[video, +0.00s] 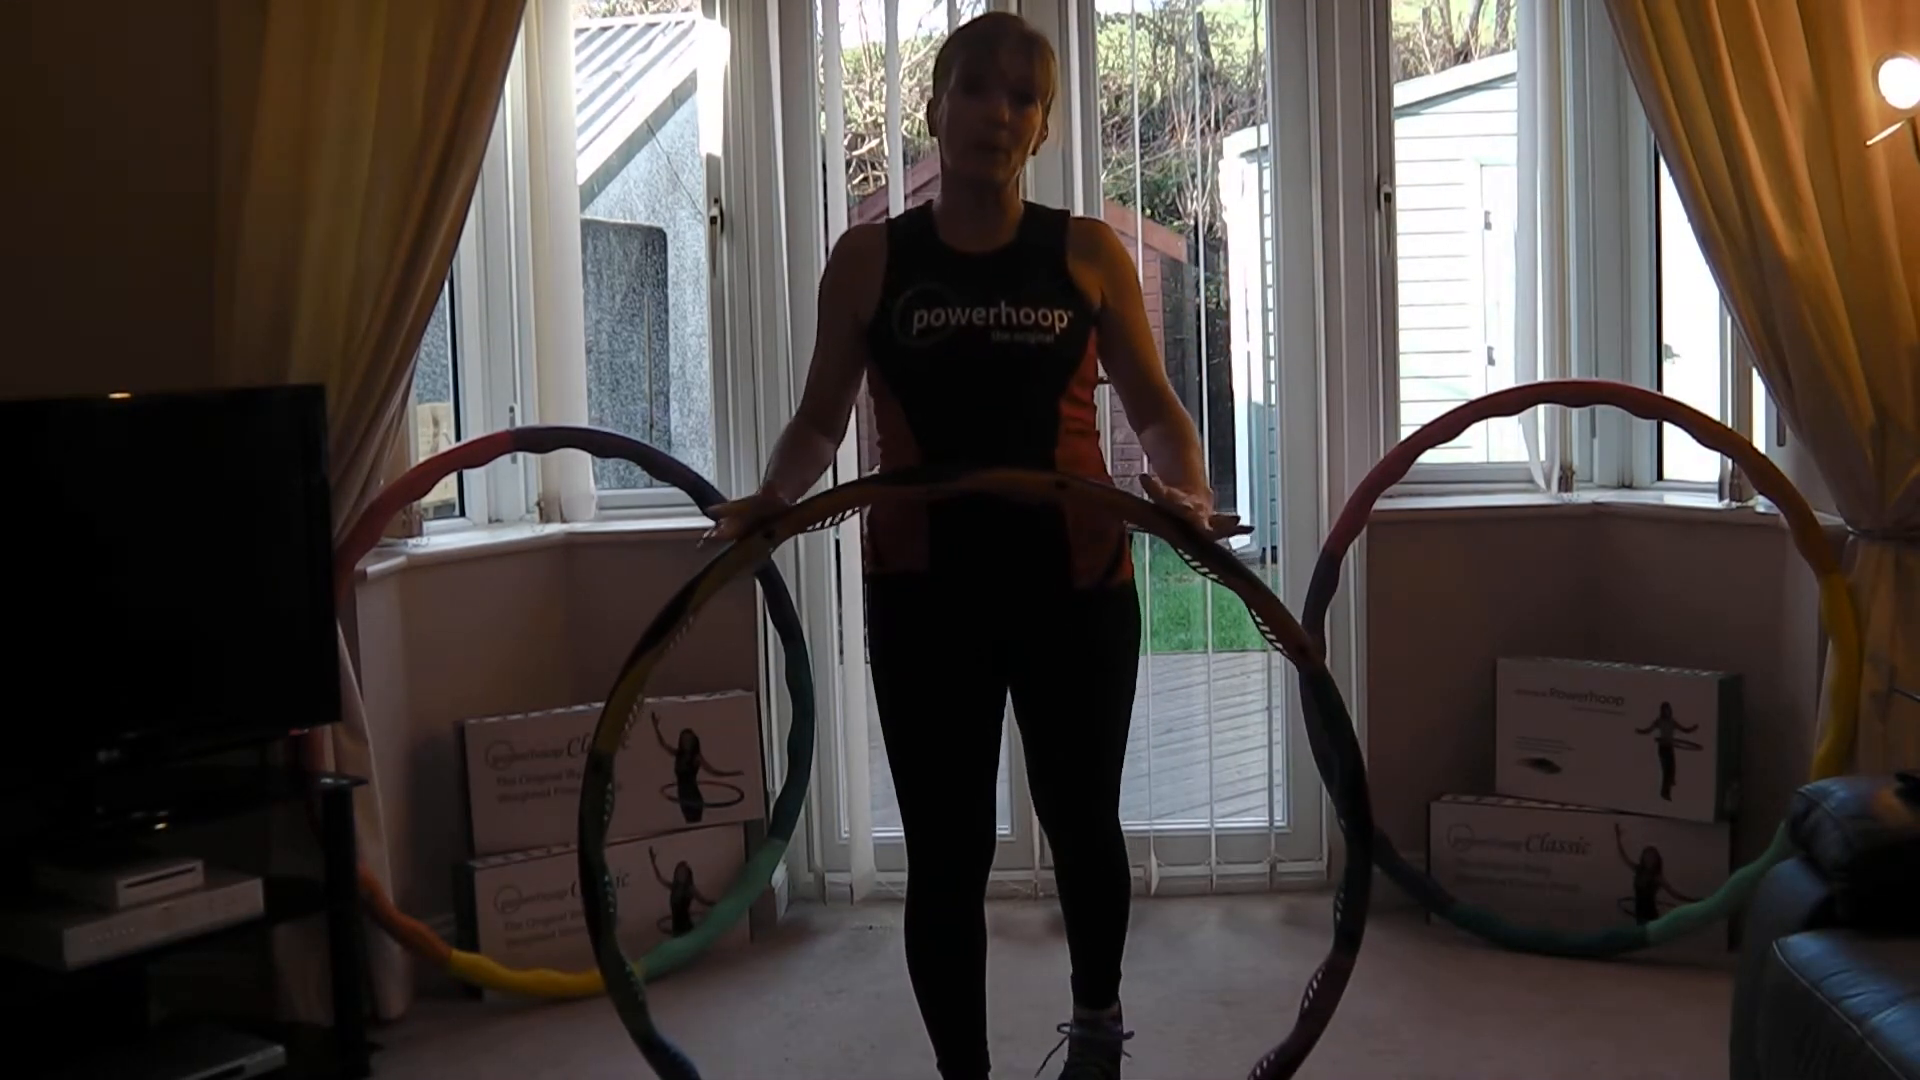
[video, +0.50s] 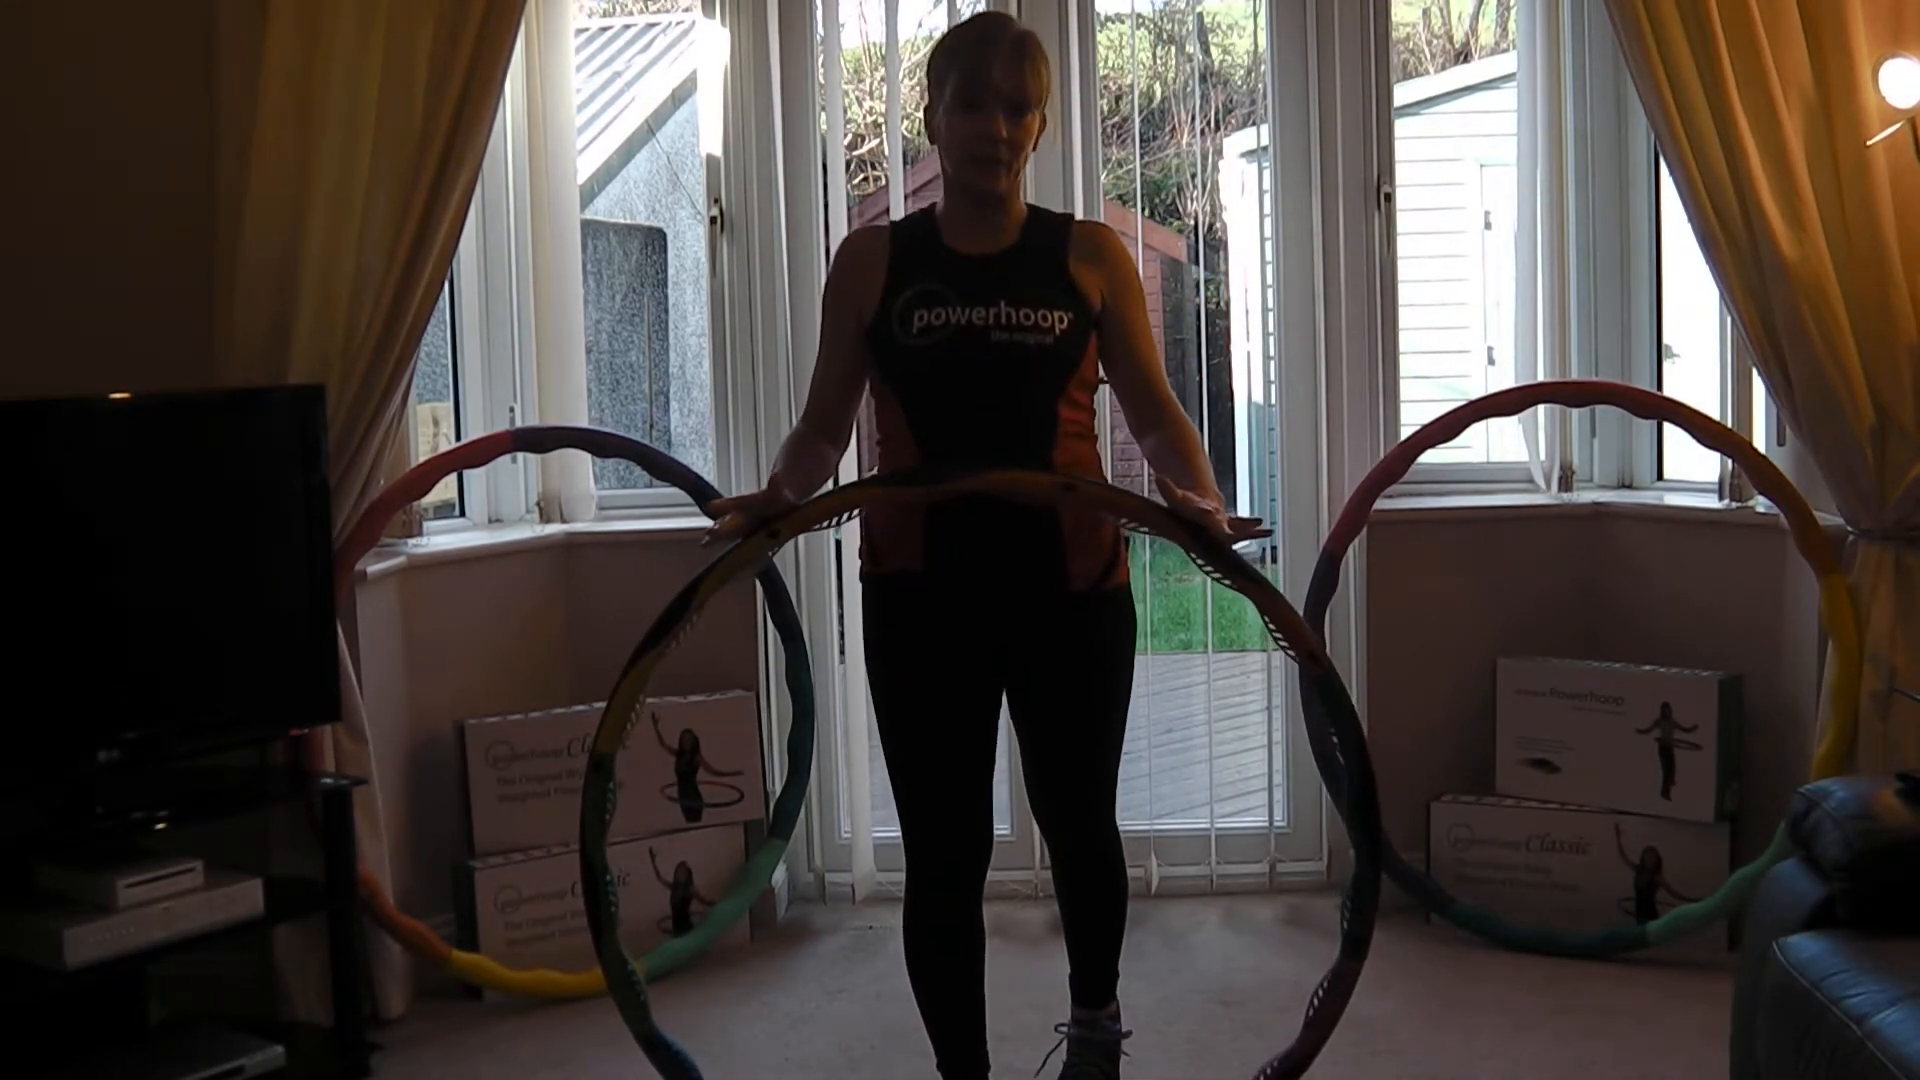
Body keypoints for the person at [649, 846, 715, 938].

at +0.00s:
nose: (681, 875)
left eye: (684, 872)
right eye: (679, 872)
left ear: (688, 874)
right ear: (675, 874)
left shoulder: (690, 889)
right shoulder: (674, 887)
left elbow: (703, 901)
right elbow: (659, 878)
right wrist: (653, 862)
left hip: (686, 923)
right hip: (675, 923)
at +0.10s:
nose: (681, 875)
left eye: (684, 872)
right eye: (679, 872)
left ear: (688, 874)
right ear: (675, 874)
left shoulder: (690, 889)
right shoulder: (674, 887)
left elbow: (703, 901)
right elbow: (659, 878)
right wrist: (653, 861)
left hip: (686, 923)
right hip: (675, 923)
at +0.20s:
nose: (681, 875)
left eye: (684, 873)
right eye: (679, 872)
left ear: (688, 874)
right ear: (675, 874)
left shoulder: (690, 889)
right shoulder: (674, 887)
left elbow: (703, 901)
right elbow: (659, 878)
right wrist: (653, 861)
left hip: (686, 922)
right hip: (675, 923)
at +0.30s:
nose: (681, 875)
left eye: (684, 872)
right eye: (679, 872)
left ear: (688, 874)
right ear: (675, 874)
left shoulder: (690, 889)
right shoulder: (674, 887)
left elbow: (703, 901)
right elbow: (659, 878)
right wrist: (653, 861)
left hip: (686, 923)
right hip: (675, 923)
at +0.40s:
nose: (681, 876)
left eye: (683, 873)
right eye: (679, 872)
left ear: (688, 874)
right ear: (675, 874)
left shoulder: (690, 889)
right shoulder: (674, 887)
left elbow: (703, 901)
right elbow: (659, 878)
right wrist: (653, 861)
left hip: (686, 924)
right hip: (675, 924)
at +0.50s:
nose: (681, 875)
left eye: (683, 872)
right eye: (679, 872)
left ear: (688, 874)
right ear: (675, 874)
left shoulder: (690, 889)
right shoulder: (674, 887)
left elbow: (703, 901)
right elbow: (659, 878)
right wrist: (653, 861)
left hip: (686, 923)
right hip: (675, 923)